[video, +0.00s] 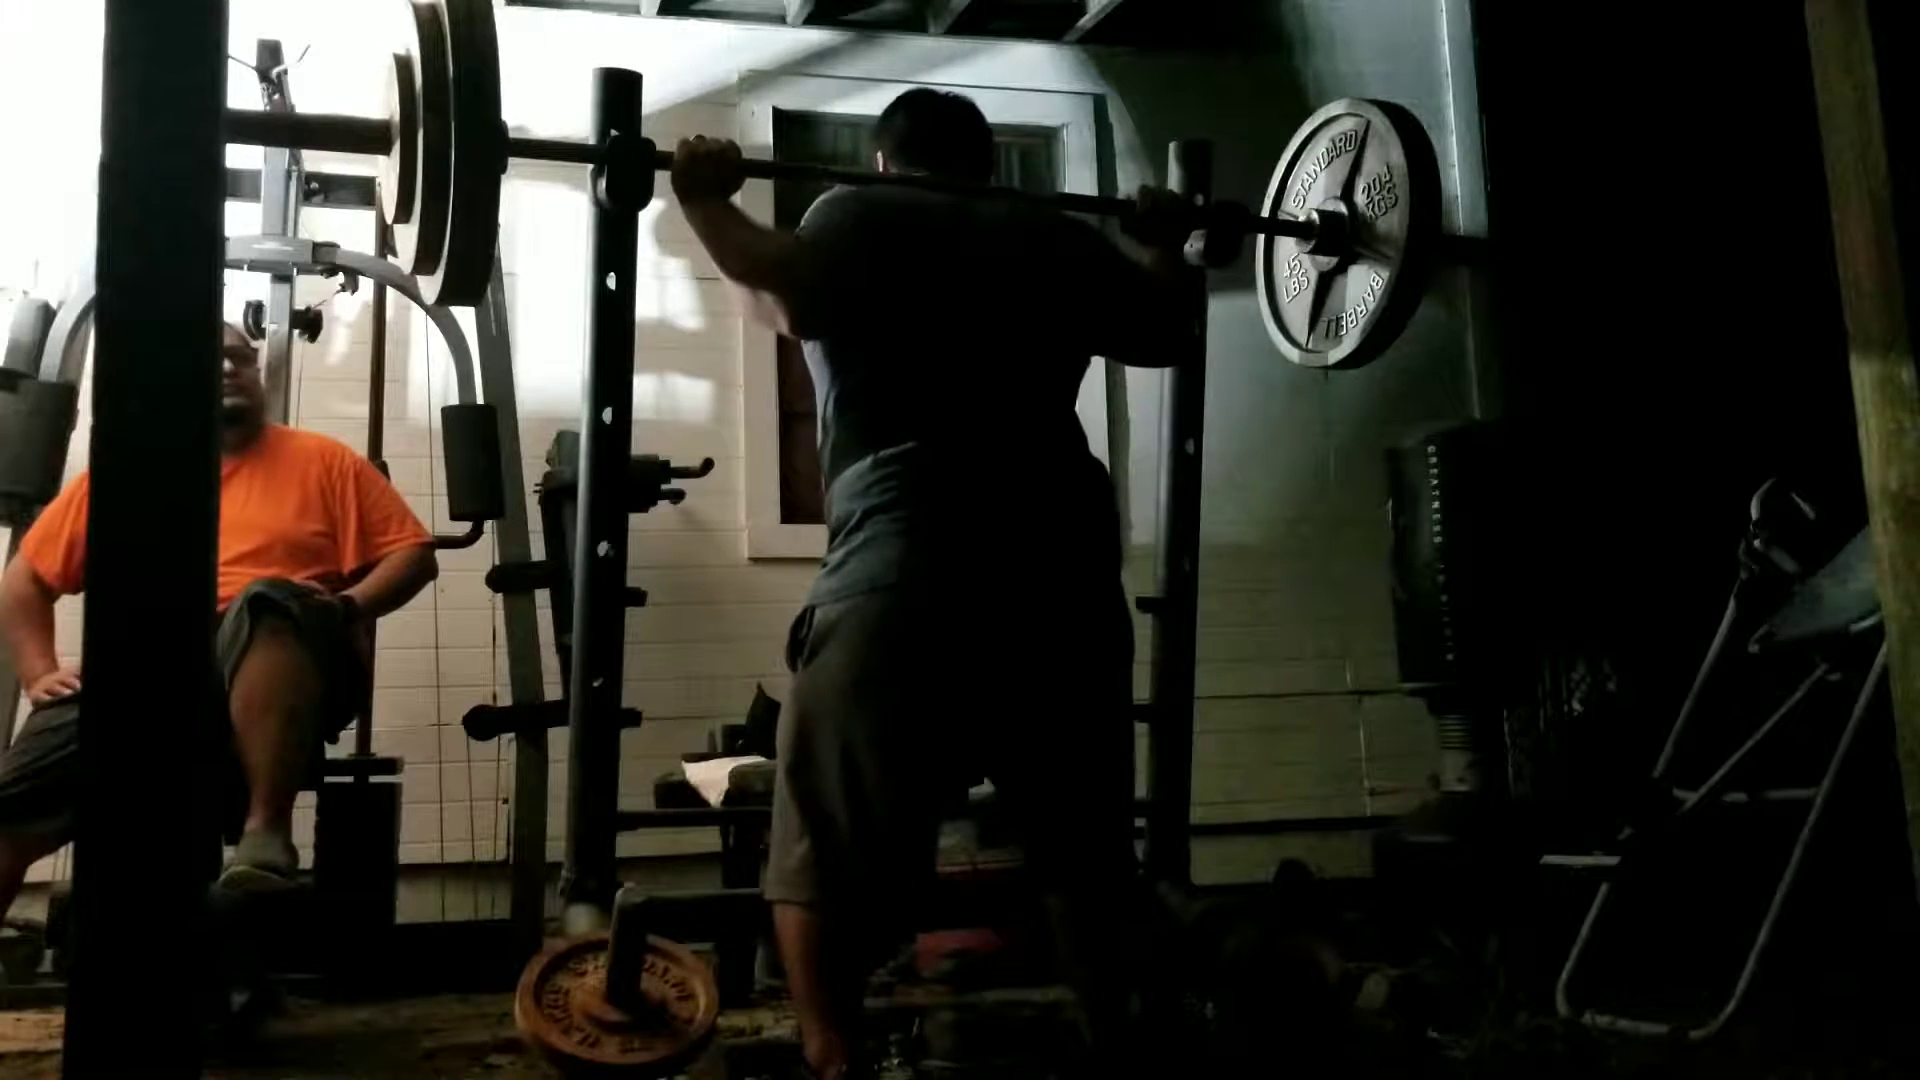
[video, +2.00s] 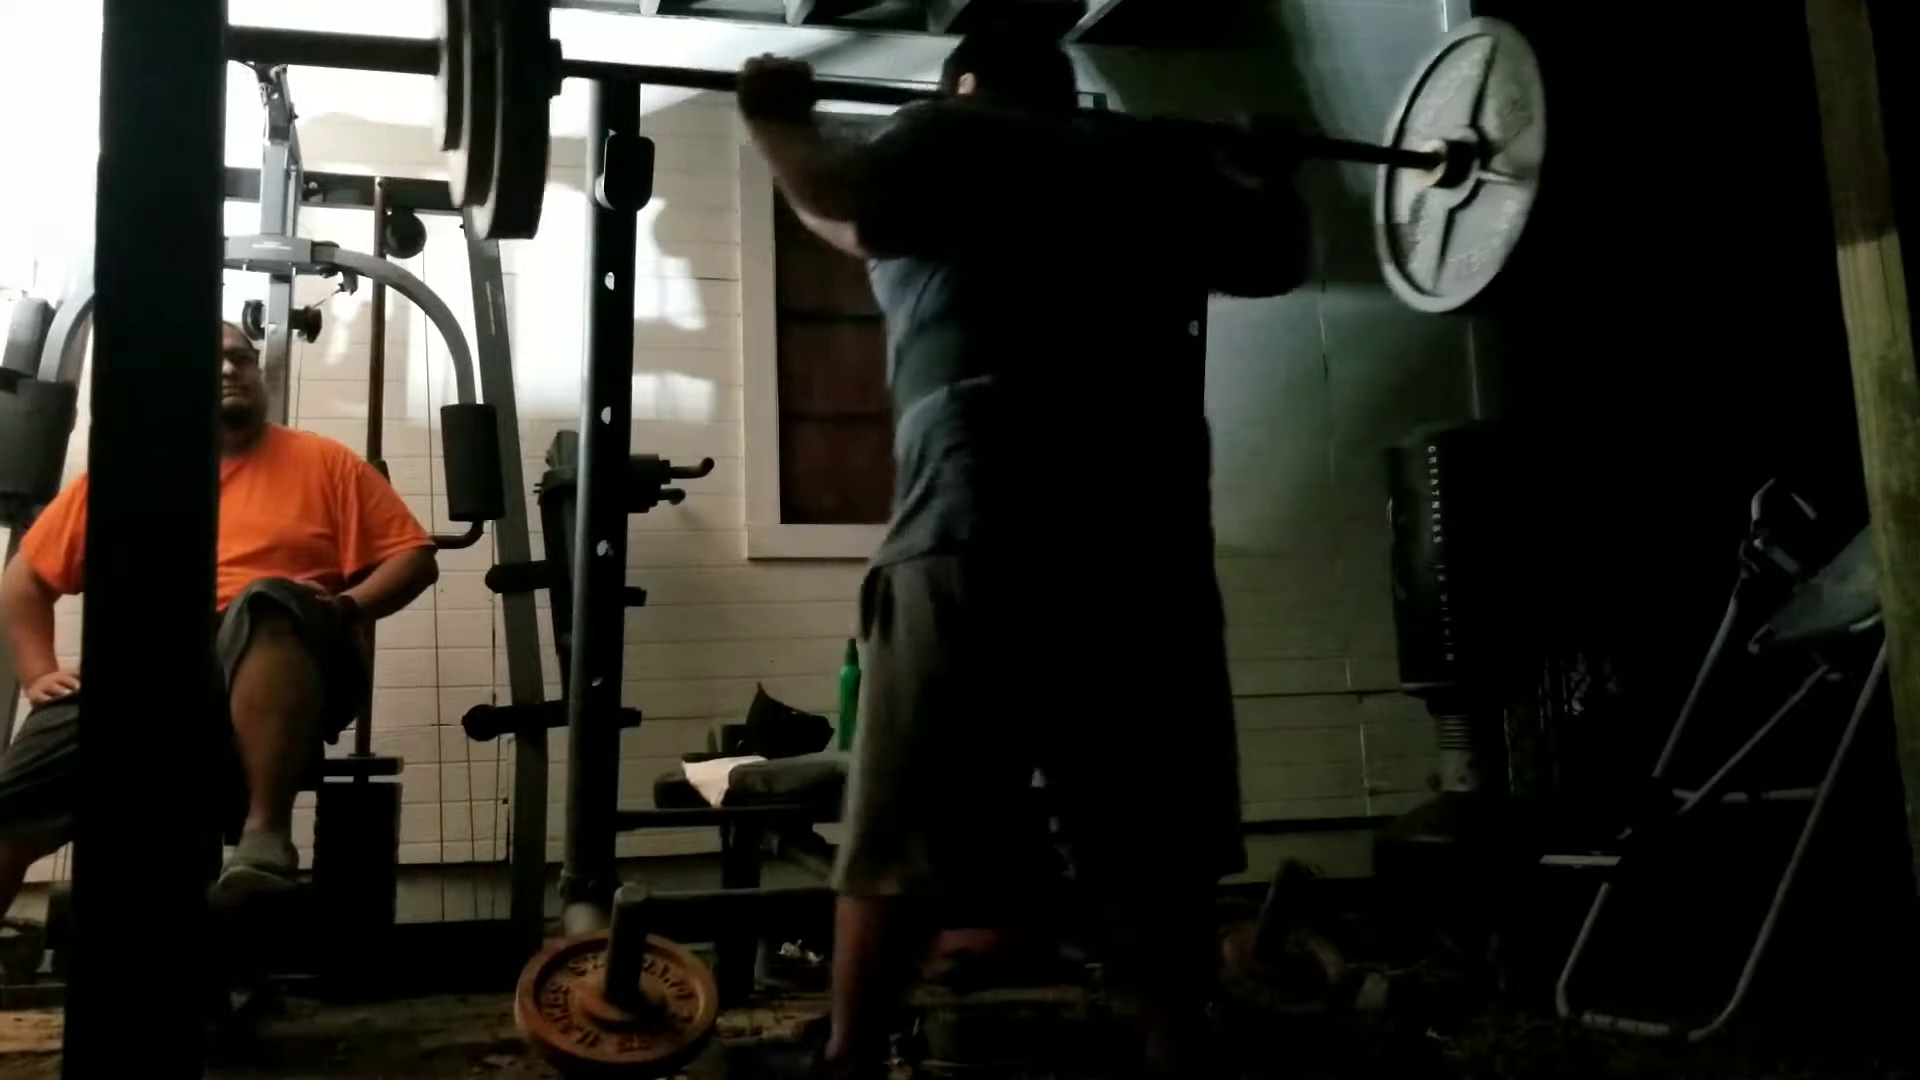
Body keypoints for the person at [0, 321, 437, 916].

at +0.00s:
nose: (230, 370)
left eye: (242, 357)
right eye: (213, 358)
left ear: (264, 375)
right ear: (185, 376)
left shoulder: (324, 462)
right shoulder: (131, 468)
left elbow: (414, 552)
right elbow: (24, 575)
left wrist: (350, 603)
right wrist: (39, 672)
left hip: (287, 669)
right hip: (146, 668)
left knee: (271, 604)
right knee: (14, 805)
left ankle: (266, 829)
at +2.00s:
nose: (230, 370)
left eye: (241, 358)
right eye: (213, 359)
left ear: (264, 376)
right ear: (186, 378)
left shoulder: (323, 463)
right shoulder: (133, 467)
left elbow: (414, 557)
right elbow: (24, 575)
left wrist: (349, 604)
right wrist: (38, 671)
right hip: (144, 666)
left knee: (272, 604)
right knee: (12, 809)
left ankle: (266, 830)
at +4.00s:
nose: (227, 373)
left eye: (239, 360)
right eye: (211, 361)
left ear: (264, 375)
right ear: (186, 378)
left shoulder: (326, 465)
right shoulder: (132, 467)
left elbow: (414, 559)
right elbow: (25, 573)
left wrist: (350, 603)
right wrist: (38, 671)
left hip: (285, 664)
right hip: (145, 664)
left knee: (271, 604)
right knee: (12, 806)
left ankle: (265, 830)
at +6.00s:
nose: (226, 374)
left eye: (238, 362)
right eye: (210, 363)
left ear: (262, 376)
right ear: (185, 378)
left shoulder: (329, 464)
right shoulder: (131, 467)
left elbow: (408, 563)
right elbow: (24, 576)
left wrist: (347, 604)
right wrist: (37, 671)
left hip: (289, 666)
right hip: (147, 664)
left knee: (271, 604)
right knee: (9, 811)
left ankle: (265, 831)